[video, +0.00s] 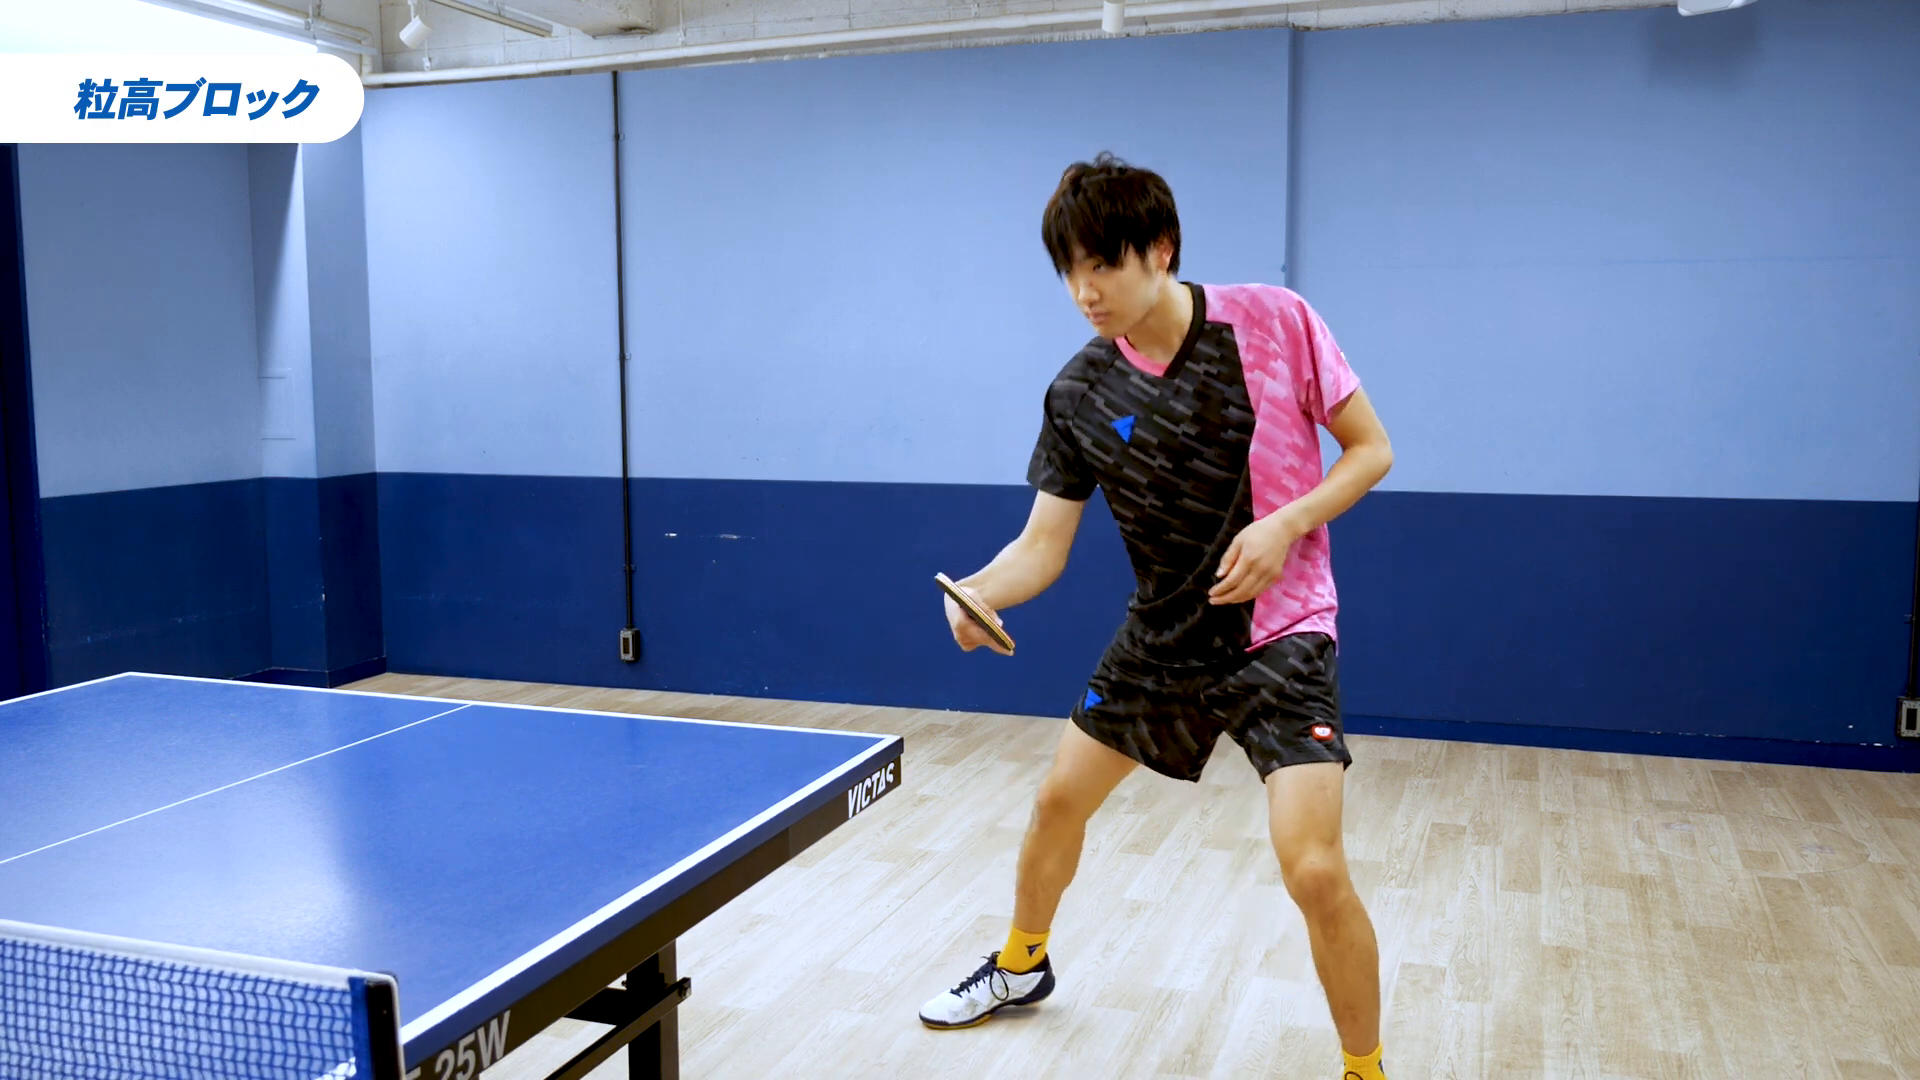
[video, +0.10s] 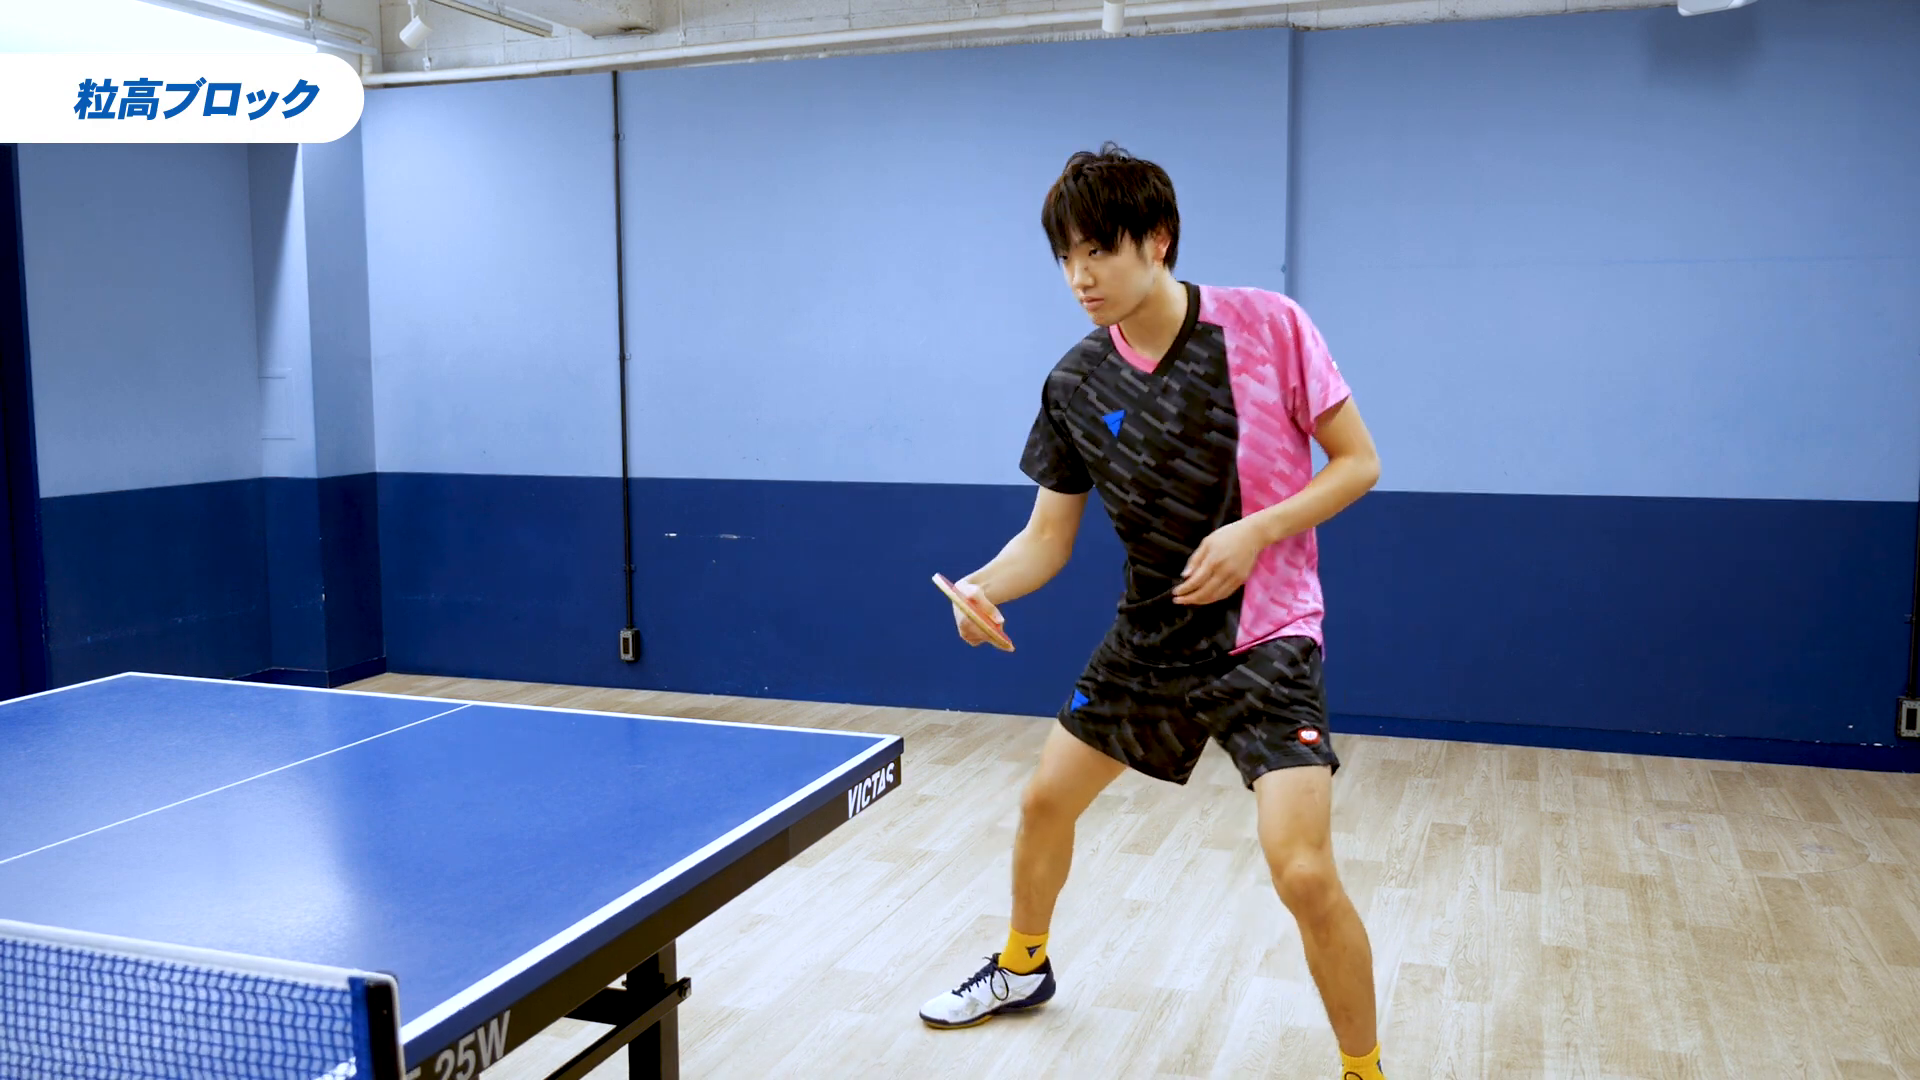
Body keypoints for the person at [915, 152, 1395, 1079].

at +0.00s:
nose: (1084, 290)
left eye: (1101, 264)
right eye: (1071, 271)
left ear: (1160, 251)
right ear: (1065, 273)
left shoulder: (1275, 322)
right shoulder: (1081, 393)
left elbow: (1371, 449)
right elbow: (1042, 543)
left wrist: (1285, 526)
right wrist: (979, 588)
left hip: (1282, 626)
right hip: (1165, 628)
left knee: (1315, 872)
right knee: (1059, 797)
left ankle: (1364, 1068)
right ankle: (1022, 962)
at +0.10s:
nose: (1079, 275)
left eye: (1097, 250)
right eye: (1067, 256)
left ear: (1157, 241)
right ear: (1063, 261)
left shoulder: (1268, 326)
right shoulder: (1078, 385)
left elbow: (1358, 463)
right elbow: (1047, 534)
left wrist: (1255, 533)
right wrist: (982, 585)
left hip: (1268, 627)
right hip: (1153, 626)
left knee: (1305, 875)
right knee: (1045, 799)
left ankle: (1363, 1069)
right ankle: (1023, 964)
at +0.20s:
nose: (1067, 280)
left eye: (1085, 256)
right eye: (1056, 261)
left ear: (1144, 252)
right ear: (1050, 267)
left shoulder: (1249, 345)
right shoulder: (1070, 392)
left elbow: (1337, 487)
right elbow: (1051, 538)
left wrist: (1220, 548)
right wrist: (987, 600)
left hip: (1247, 645)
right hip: (1133, 643)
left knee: (1285, 885)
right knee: (1023, 807)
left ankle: (1360, 1068)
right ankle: (1025, 973)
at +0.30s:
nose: (1043, 292)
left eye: (1062, 268)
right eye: (1032, 274)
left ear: (1119, 265)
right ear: (1029, 284)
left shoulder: (1218, 358)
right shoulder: (1055, 401)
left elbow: (1304, 503)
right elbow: (1052, 552)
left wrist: (1180, 565)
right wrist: (987, 617)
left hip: (1229, 657)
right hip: (1118, 655)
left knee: (1264, 887)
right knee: (999, 807)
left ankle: (1357, 1069)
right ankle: (1023, 973)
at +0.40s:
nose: (1013, 286)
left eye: (1031, 262)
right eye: (1003, 269)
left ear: (1090, 259)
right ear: (1003, 277)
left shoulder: (1190, 352)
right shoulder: (1038, 396)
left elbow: (1276, 491)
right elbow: (1054, 538)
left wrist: (1154, 553)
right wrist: (996, 607)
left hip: (1217, 644)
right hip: (1110, 645)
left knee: (1255, 872)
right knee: (1000, 802)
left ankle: (1356, 1067)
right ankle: (1023, 973)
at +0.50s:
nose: (992, 278)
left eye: (1009, 255)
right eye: (981, 261)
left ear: (1067, 249)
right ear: (981, 268)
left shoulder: (1168, 339)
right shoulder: (1026, 385)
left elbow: (1260, 475)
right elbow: (1054, 521)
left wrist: (1130, 539)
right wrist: (995, 599)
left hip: (1213, 634)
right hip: (1110, 635)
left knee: (1255, 859)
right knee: (1013, 793)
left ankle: (1354, 1064)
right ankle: (1024, 971)